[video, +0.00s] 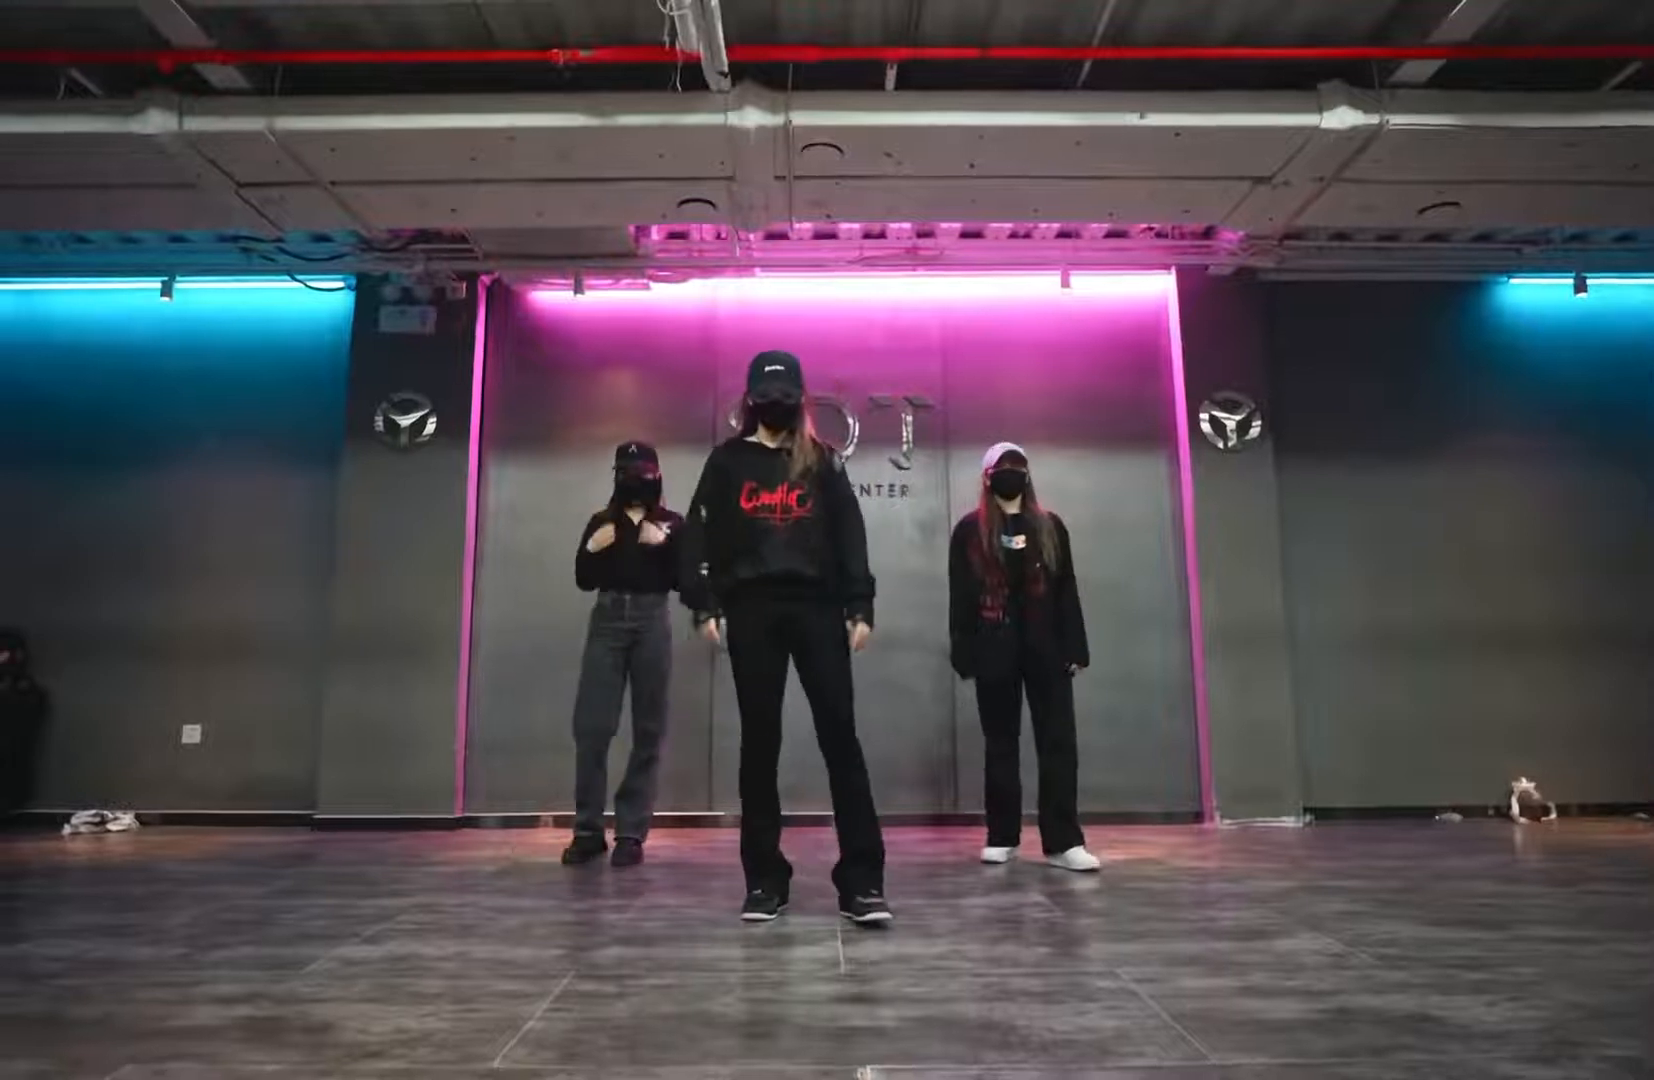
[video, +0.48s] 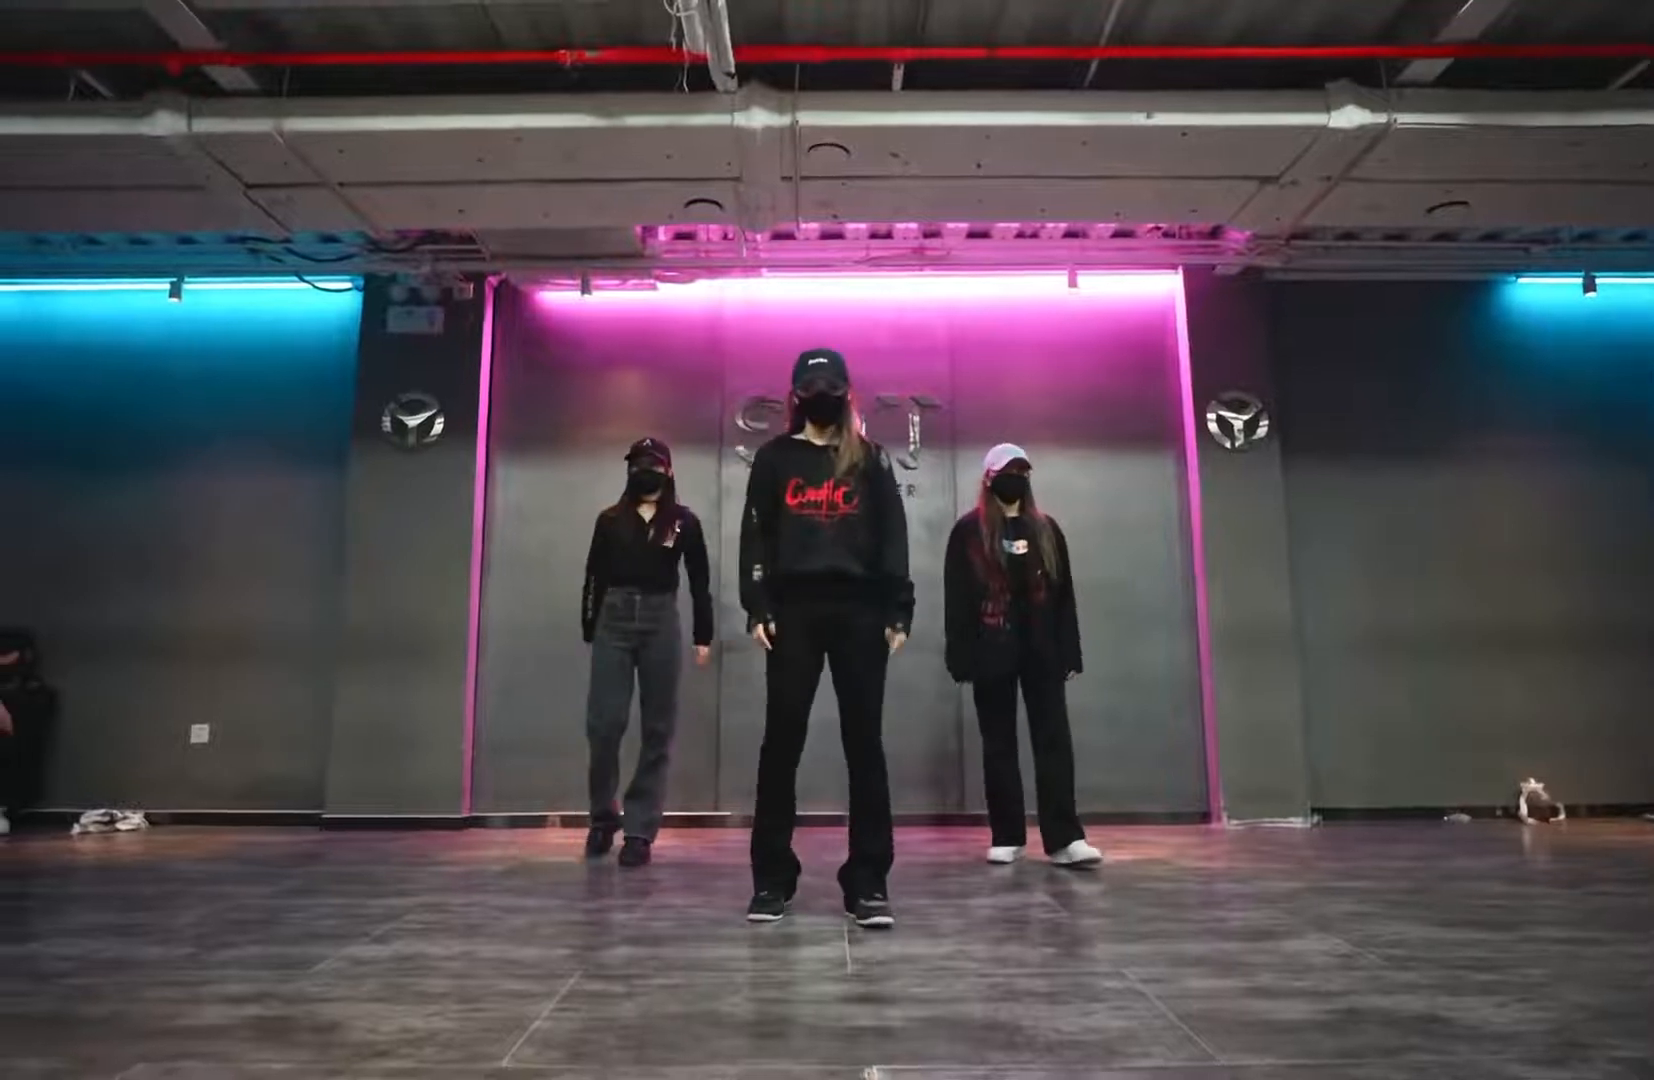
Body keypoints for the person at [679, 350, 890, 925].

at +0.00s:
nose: (776, 409)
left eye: (785, 399)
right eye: (767, 400)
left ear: (800, 397)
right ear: (751, 398)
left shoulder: (822, 461)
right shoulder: (726, 461)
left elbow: (850, 534)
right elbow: (694, 537)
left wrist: (860, 604)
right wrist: (704, 604)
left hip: (819, 613)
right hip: (751, 615)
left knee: (841, 742)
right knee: (760, 745)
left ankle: (861, 882)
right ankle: (765, 881)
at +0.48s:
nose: (822, 402)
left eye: (830, 392)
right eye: (813, 393)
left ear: (844, 392)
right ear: (798, 394)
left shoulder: (870, 460)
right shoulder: (774, 457)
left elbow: (894, 541)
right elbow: (753, 538)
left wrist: (897, 613)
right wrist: (757, 606)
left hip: (860, 617)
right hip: (793, 617)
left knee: (864, 748)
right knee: (781, 749)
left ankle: (868, 885)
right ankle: (772, 882)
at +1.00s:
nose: (855, 389)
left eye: (865, 380)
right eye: (846, 380)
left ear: (880, 387)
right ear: (831, 389)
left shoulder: (903, 458)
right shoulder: (806, 456)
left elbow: (927, 537)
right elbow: (784, 539)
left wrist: (937, 607)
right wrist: (784, 611)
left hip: (890, 616)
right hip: (821, 614)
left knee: (881, 750)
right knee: (799, 748)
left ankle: (872, 885)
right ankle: (794, 888)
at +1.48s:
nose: (839, 389)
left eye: (848, 380)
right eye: (829, 381)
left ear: (863, 389)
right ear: (813, 390)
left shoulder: (885, 460)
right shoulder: (789, 458)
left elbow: (908, 537)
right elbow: (769, 540)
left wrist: (917, 599)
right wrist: (772, 609)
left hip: (871, 616)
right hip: (806, 616)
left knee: (870, 748)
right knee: (804, 749)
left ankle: (869, 884)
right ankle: (811, 880)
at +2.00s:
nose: (822, 397)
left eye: (831, 388)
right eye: (812, 388)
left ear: (845, 395)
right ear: (796, 397)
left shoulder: (869, 463)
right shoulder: (774, 465)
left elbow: (895, 544)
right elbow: (756, 547)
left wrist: (898, 616)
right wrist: (760, 619)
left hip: (862, 618)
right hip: (797, 619)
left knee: (866, 748)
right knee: (806, 749)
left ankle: (865, 884)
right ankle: (813, 880)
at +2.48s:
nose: (825, 399)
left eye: (833, 391)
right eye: (815, 391)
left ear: (847, 398)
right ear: (799, 399)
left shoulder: (869, 464)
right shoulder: (775, 466)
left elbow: (896, 543)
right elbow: (755, 550)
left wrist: (897, 611)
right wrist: (761, 619)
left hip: (863, 616)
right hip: (797, 618)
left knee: (875, 738)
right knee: (805, 744)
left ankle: (876, 867)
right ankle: (812, 876)